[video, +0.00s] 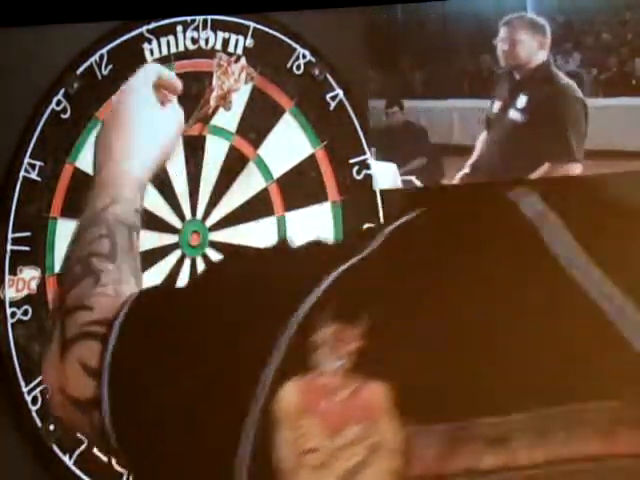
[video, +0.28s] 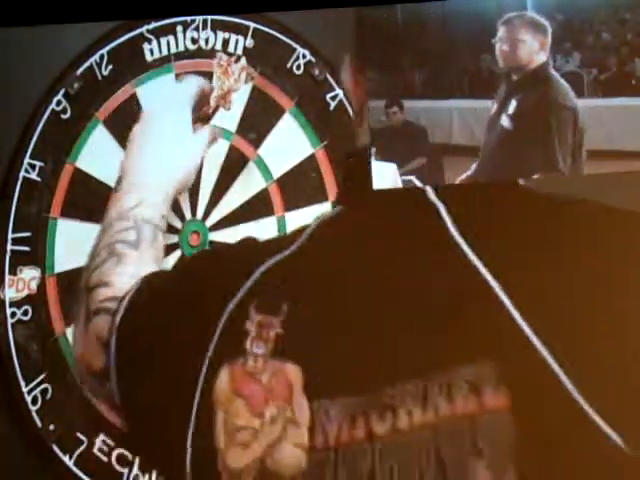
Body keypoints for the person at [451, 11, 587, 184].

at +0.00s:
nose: (503, 48)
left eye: (513, 41)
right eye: (500, 41)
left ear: (542, 45)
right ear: (496, 42)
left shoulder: (563, 92)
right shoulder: (508, 82)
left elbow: (568, 165)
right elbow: (490, 133)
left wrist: (518, 196)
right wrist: (467, 173)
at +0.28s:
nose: (504, 48)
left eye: (515, 41)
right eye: (500, 40)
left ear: (542, 46)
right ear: (495, 42)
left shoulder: (556, 97)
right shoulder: (510, 87)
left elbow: (558, 174)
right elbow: (493, 156)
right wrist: (468, 179)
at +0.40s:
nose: (504, 49)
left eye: (515, 42)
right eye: (500, 41)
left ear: (542, 47)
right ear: (494, 43)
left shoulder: (548, 99)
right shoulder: (512, 87)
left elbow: (544, 178)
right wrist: (477, 175)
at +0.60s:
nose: (504, 50)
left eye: (516, 43)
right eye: (499, 42)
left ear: (543, 48)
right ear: (493, 45)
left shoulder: (548, 99)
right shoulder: (510, 90)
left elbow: (530, 166)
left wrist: (476, 146)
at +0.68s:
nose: (504, 51)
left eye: (517, 44)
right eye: (500, 42)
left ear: (543, 48)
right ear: (493, 45)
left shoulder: (547, 98)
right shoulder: (512, 93)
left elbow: (525, 165)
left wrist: (476, 129)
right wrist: (468, 124)